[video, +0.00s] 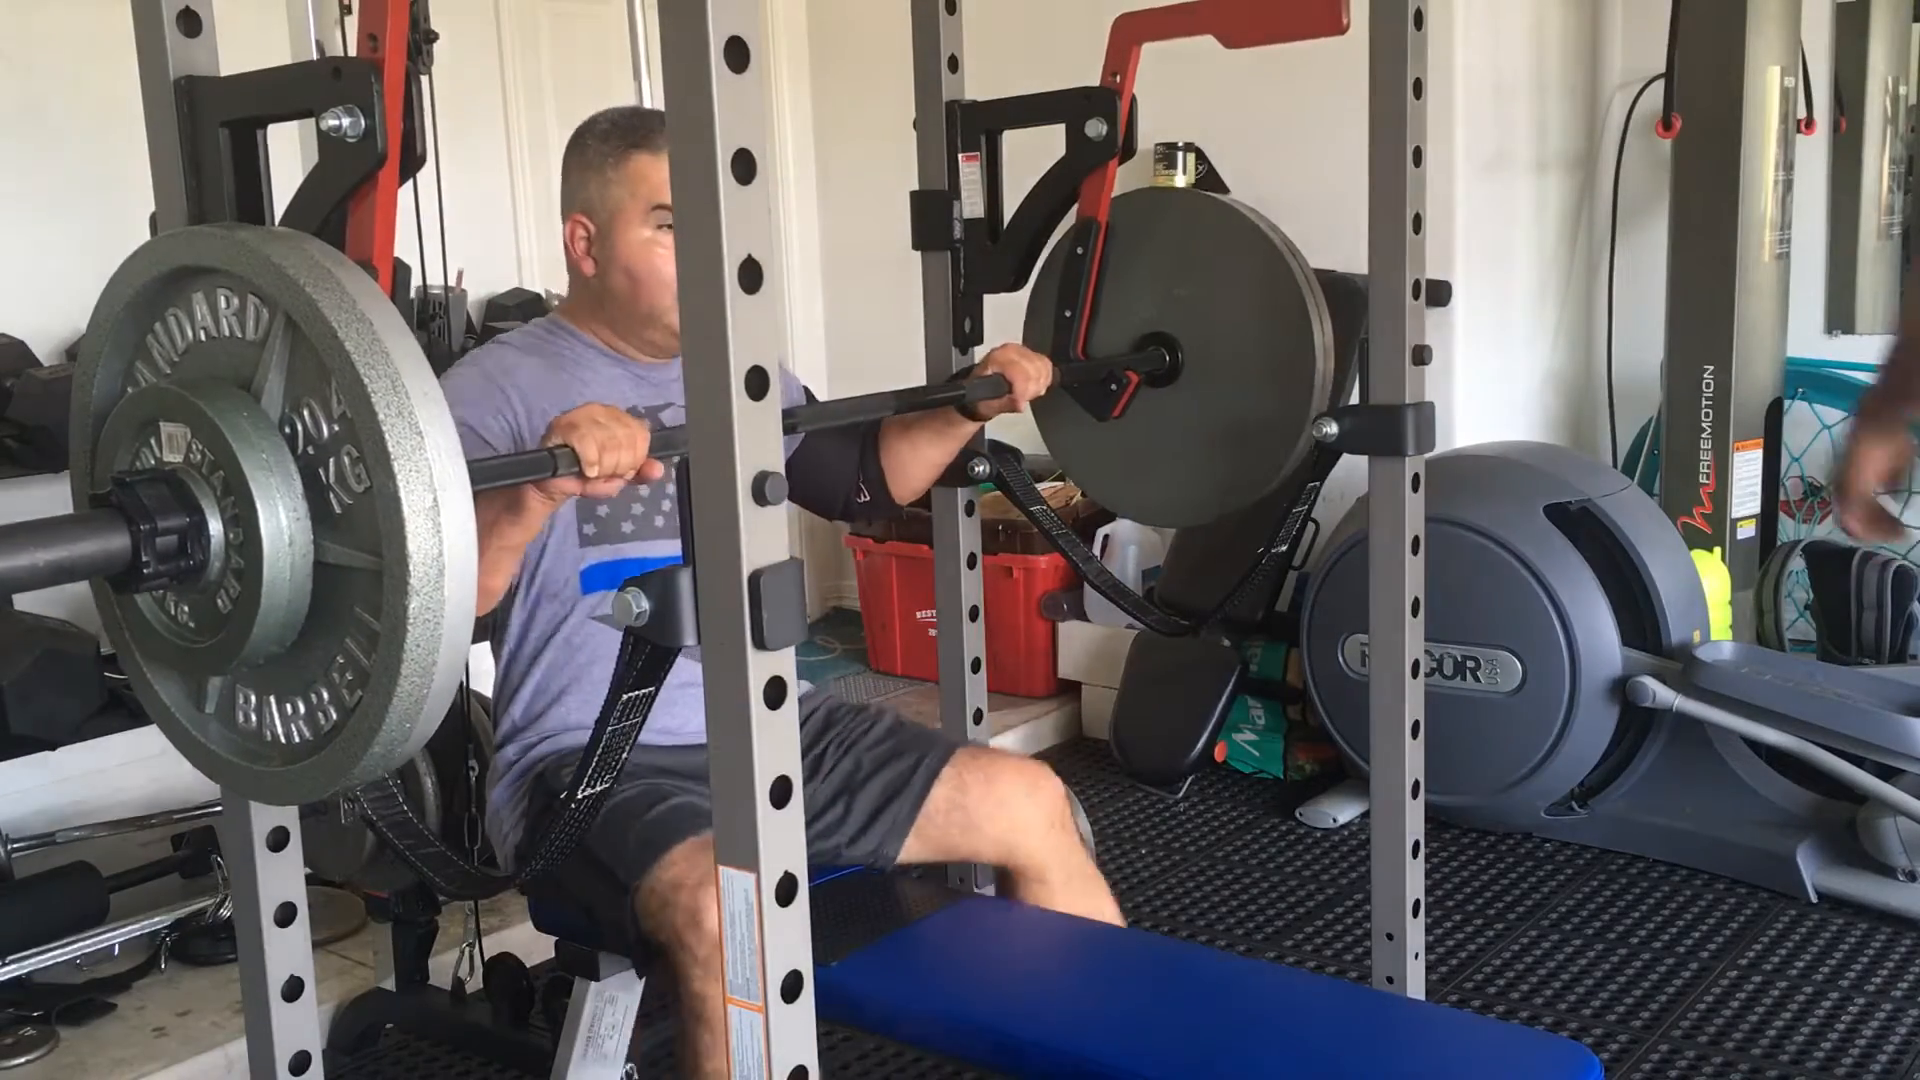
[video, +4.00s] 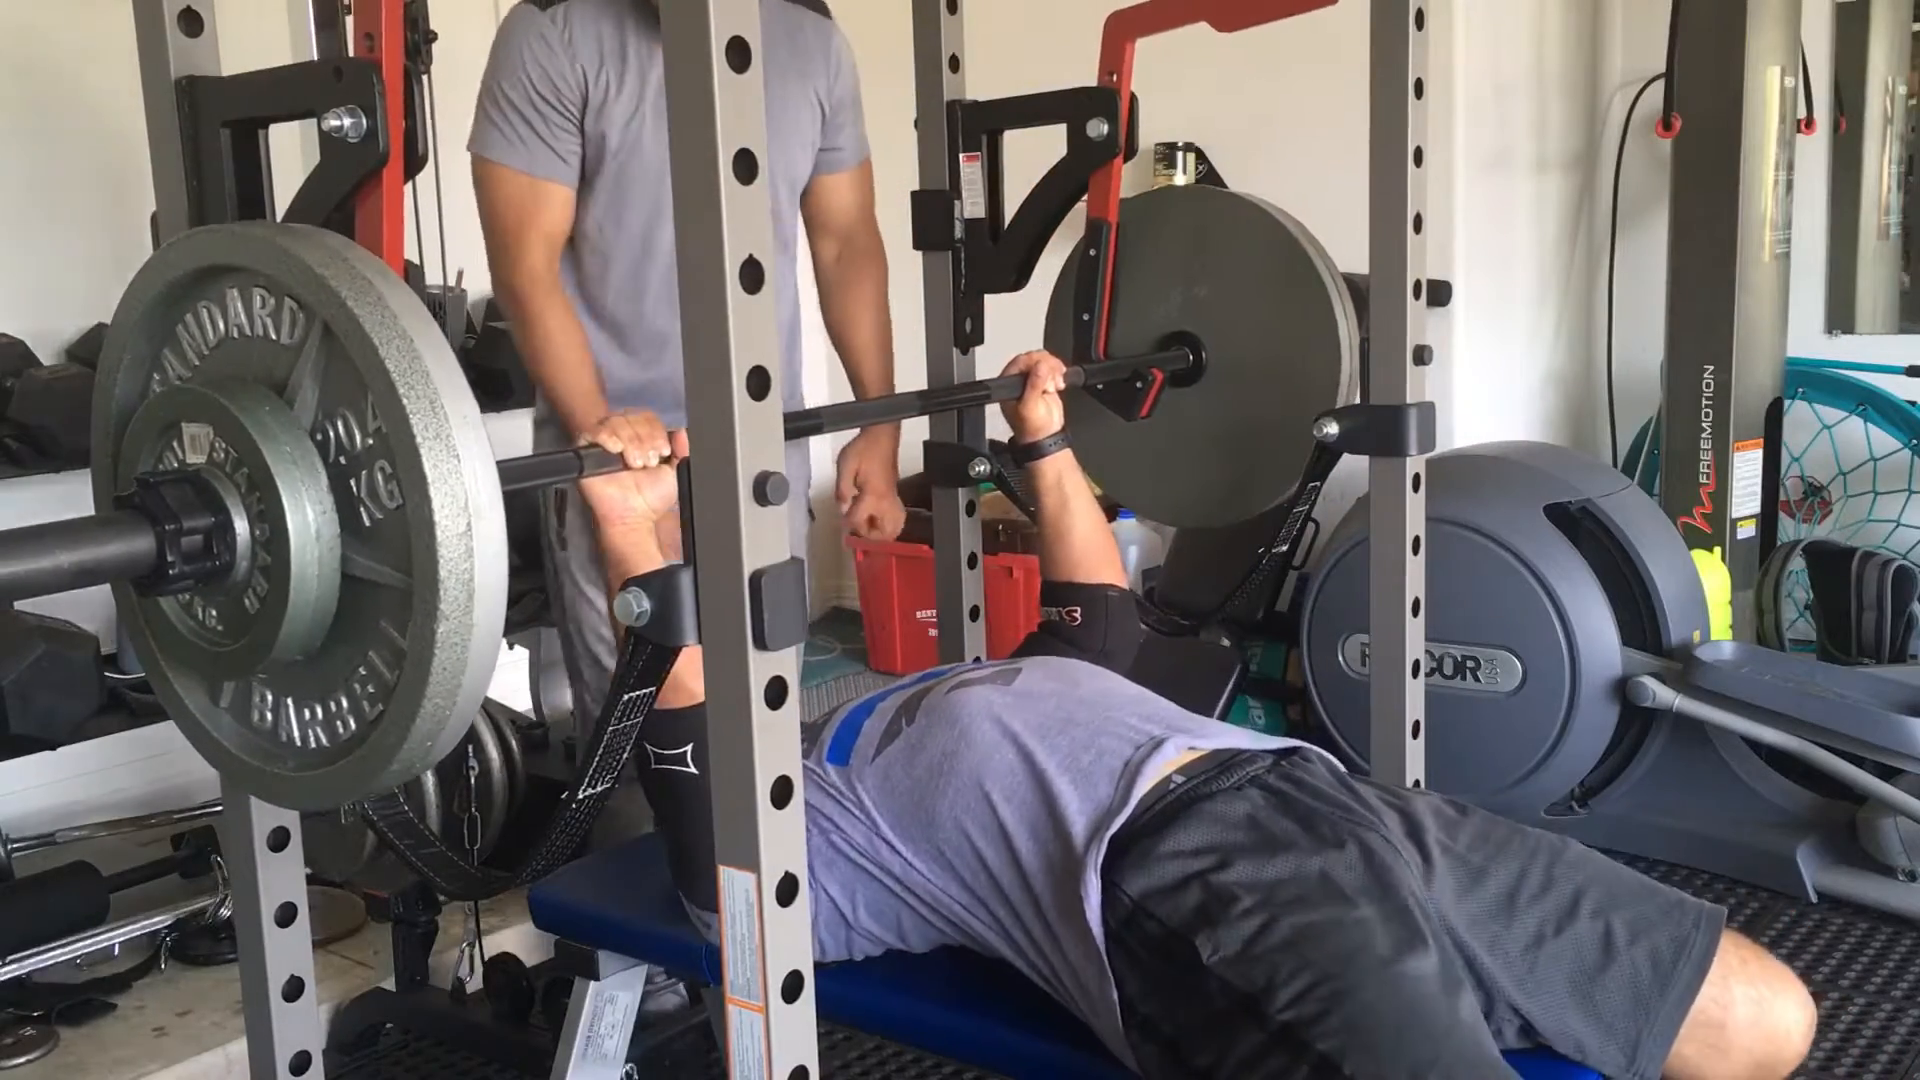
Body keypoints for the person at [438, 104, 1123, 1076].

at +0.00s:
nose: (703, 252)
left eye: (709, 224)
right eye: (668, 226)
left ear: (733, 235)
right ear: (584, 246)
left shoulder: (734, 373)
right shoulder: (495, 386)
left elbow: (866, 477)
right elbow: (440, 603)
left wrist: (973, 396)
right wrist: (537, 487)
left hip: (764, 726)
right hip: (590, 757)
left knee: (1028, 800)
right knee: (717, 900)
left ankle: (1126, 1050)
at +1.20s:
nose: (652, 168)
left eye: (662, 141)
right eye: (610, 143)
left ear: (685, 161)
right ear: (531, 180)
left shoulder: (721, 310)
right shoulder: (483, 343)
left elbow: (845, 475)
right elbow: (438, 579)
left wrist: (949, 404)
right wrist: (514, 474)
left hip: (889, 675)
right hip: (707, 722)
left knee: (1171, 827)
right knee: (876, 936)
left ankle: (1221, 1073)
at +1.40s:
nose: (607, 330)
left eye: (611, 309)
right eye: (565, 315)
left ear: (637, 336)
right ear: (494, 369)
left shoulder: (725, 452)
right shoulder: (514, 503)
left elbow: (900, 552)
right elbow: (490, 649)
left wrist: (953, 417)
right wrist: (524, 509)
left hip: (1012, 678)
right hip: (870, 745)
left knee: (1307, 883)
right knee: (1054, 992)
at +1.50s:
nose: (611, 456)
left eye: (610, 432)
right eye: (561, 444)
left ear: (633, 443)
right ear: (501, 493)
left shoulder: (753, 530)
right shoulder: (565, 619)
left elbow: (947, 585)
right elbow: (521, 717)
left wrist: (962, 425)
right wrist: (518, 520)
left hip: (1056, 697)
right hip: (924, 773)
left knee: (1387, 912)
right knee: (1112, 1035)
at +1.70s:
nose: (626, 567)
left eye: (636, 545)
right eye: (593, 576)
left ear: (676, 581)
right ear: (582, 626)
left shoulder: (847, 640)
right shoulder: (644, 750)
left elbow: (995, 620)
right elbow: (556, 791)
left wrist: (972, 435)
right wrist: (542, 523)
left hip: (1163, 741)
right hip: (1023, 821)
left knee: (1538, 957)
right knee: (1242, 1056)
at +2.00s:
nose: (712, 659)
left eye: (721, 648)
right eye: (704, 671)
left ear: (824, 661)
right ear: (723, 728)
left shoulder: (986, 657)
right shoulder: (807, 784)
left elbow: (1097, 606)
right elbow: (636, 774)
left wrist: (1024, 440)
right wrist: (597, 538)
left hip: (1334, 761)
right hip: (1186, 856)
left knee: (1719, 993)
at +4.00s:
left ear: (844, 674)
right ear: (733, 733)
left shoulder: (997, 696)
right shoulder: (785, 810)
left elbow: (1101, 627)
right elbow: (691, 748)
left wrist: (1043, 447)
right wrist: (642, 567)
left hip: (1338, 785)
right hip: (1202, 871)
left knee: (1777, 1021)